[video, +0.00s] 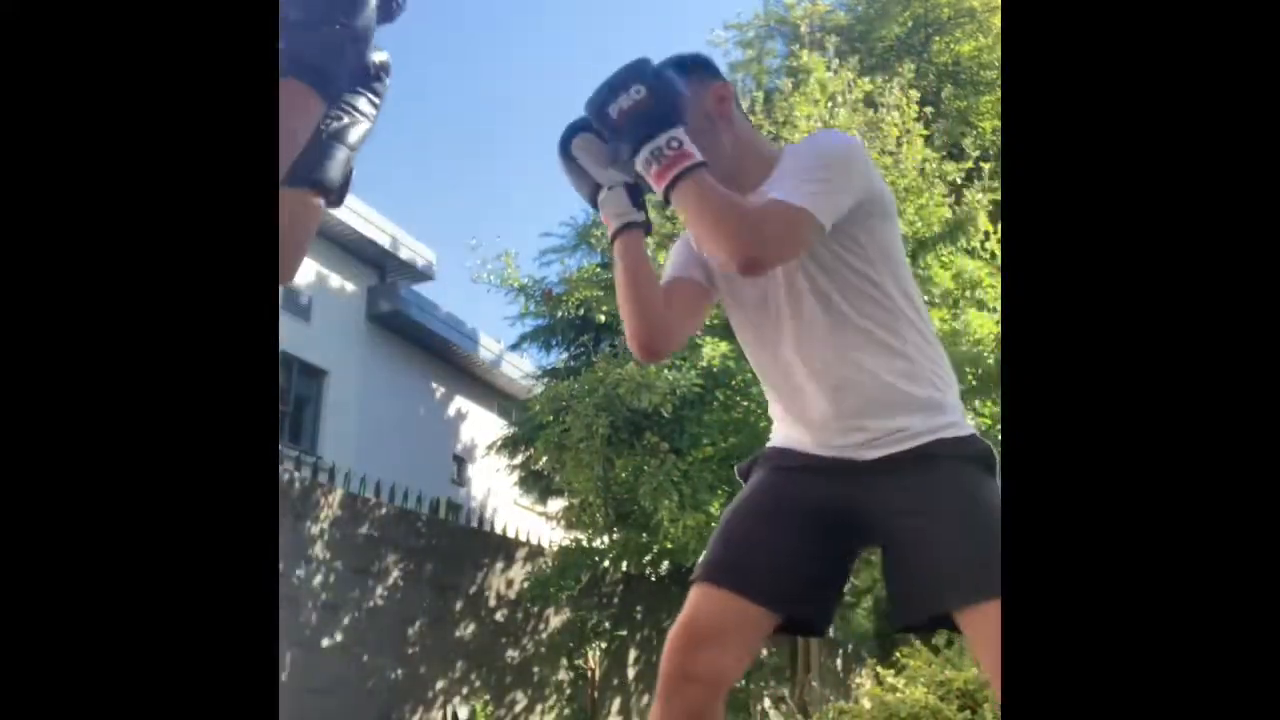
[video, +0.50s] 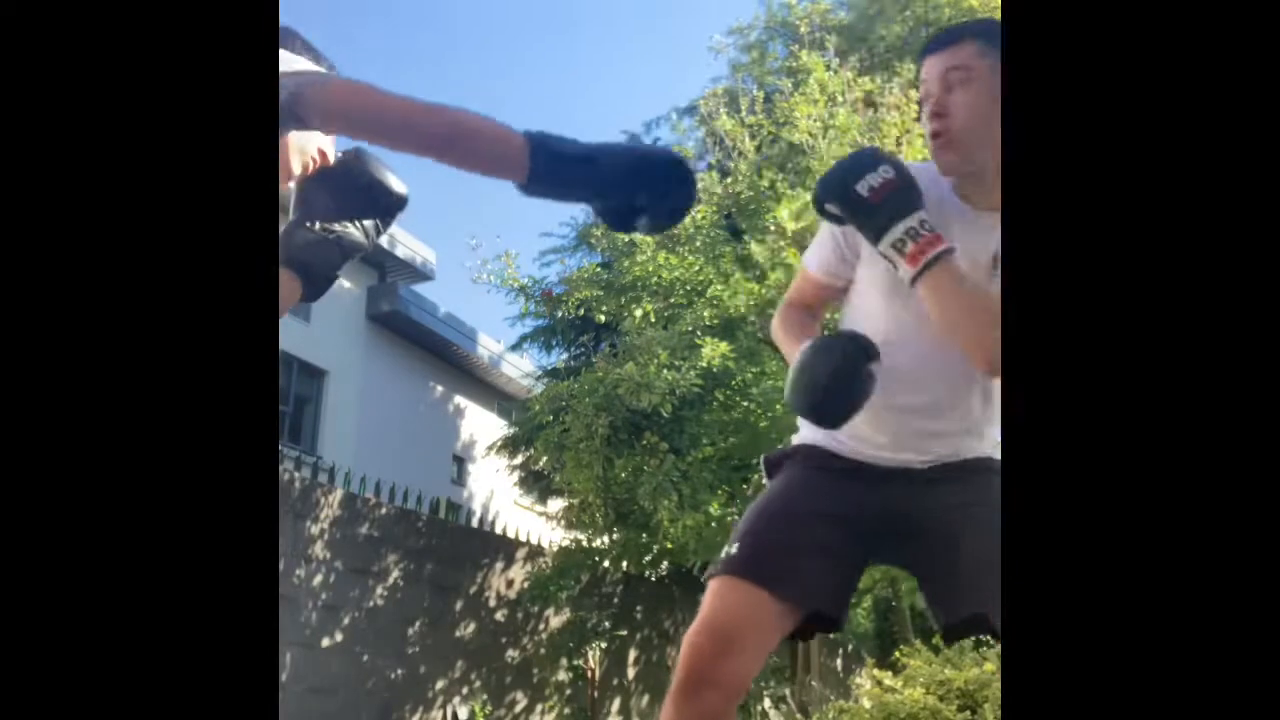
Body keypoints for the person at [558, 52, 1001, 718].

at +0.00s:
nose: (669, 141)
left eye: (677, 118)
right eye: (660, 133)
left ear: (723, 98)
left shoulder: (832, 155)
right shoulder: (703, 236)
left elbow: (748, 244)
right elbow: (650, 339)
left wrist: (657, 149)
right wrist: (618, 207)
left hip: (928, 452)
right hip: (801, 464)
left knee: (1001, 665)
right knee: (692, 663)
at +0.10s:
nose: (687, 110)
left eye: (697, 84)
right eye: (679, 101)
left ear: (758, 71)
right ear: (682, 125)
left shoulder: (870, 146)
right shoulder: (729, 228)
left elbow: (833, 270)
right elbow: (710, 378)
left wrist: (717, 188)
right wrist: (666, 279)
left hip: (925, 442)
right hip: (799, 451)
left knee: (1003, 666)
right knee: (690, 661)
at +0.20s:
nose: (755, 92)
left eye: (766, 65)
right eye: (748, 85)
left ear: (829, 49)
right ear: (755, 103)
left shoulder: (934, 148)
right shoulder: (773, 208)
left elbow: (912, 266)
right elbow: (772, 371)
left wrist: (780, 195)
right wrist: (725, 309)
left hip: (937, 442)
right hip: (806, 443)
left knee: (1002, 659)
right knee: (697, 657)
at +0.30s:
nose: (818, 74)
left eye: (832, 46)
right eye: (810, 66)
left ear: (895, 37)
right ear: (814, 85)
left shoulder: (981, 155)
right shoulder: (814, 186)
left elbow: (950, 262)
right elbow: (814, 355)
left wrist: (825, 190)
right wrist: (768, 309)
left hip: (955, 440)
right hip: (821, 436)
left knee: (1005, 636)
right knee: (705, 639)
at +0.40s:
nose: (873, 80)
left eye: (894, 54)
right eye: (867, 70)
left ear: (961, 55)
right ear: (866, 89)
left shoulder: (996, 181)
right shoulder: (845, 184)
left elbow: (959, 286)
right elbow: (813, 349)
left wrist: (858, 195)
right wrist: (794, 324)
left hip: (959, 454)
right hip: (826, 447)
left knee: (1006, 626)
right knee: (710, 654)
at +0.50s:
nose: (932, 105)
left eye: (956, 82)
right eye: (925, 90)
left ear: (1007, 94)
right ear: (920, 107)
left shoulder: (1002, 217)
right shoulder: (882, 194)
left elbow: (992, 349)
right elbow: (795, 311)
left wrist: (908, 234)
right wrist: (808, 356)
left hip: (966, 472)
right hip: (834, 464)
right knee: (711, 654)